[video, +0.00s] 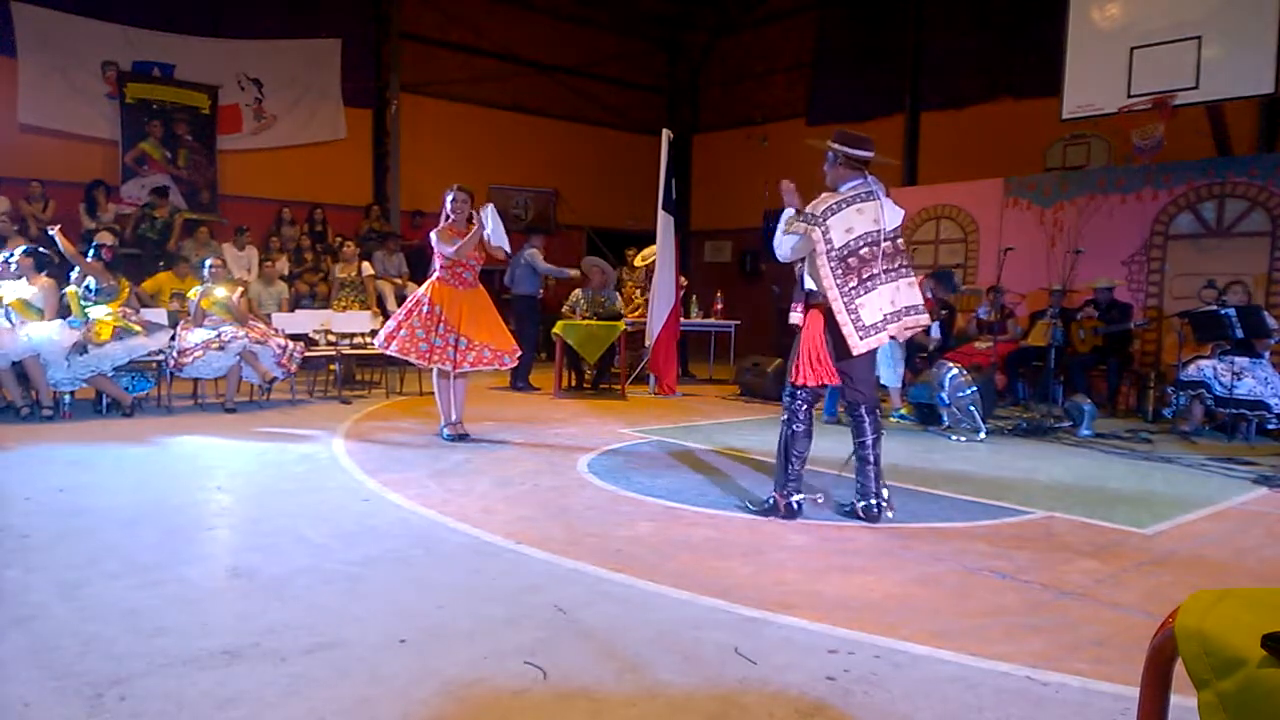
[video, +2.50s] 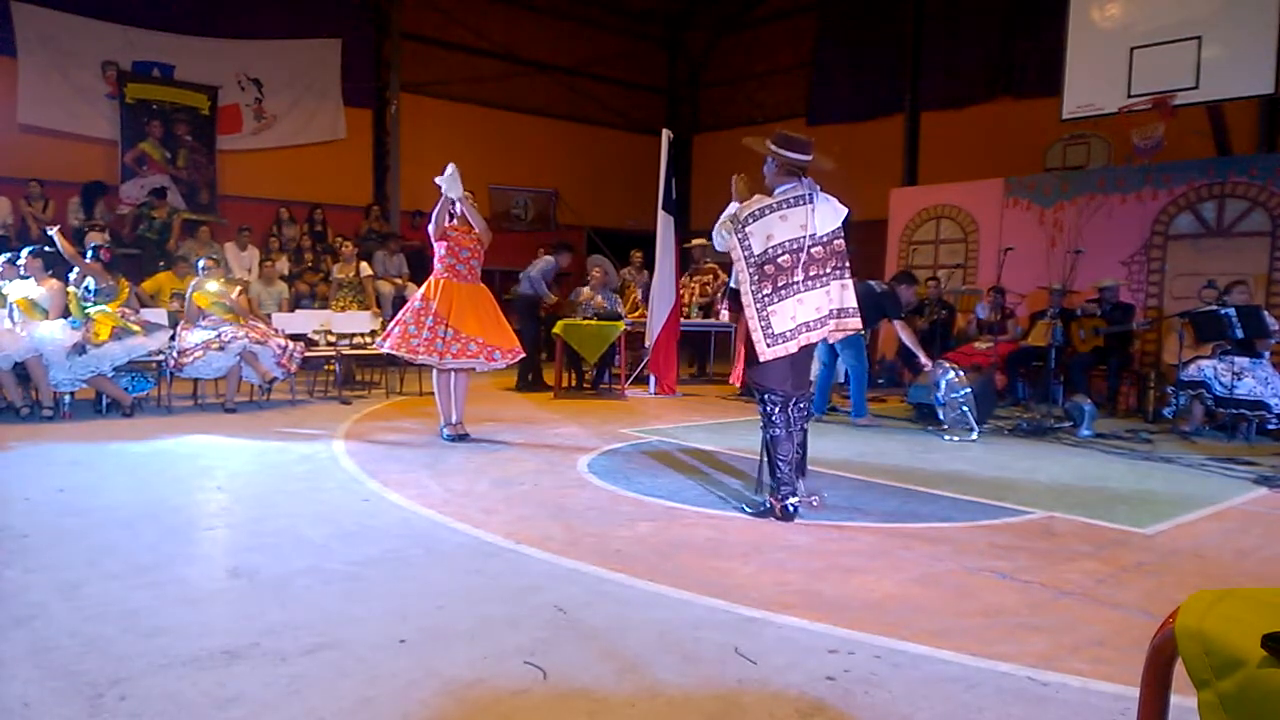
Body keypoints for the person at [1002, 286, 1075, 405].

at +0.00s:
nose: (1055, 299)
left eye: (1059, 296)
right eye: (1053, 296)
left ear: (1063, 298)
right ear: (1049, 297)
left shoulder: (1067, 315)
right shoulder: (1036, 315)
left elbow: (1067, 339)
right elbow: (1028, 334)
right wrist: (1024, 341)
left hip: (1055, 348)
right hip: (1035, 347)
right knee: (1012, 359)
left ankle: (1042, 398)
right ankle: (1013, 395)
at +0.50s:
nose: (1057, 299)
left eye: (1060, 295)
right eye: (1055, 295)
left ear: (1065, 297)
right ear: (1050, 296)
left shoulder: (1070, 314)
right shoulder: (1038, 315)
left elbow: (1070, 339)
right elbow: (1029, 334)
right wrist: (1026, 342)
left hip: (1057, 348)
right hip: (1037, 348)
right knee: (1013, 358)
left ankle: (1044, 398)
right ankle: (1014, 395)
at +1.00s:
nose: (1055, 299)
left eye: (1058, 296)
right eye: (1053, 295)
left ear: (1063, 298)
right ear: (1049, 296)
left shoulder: (1067, 314)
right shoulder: (1036, 315)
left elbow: (1068, 339)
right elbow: (1028, 334)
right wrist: (1023, 342)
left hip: (1055, 348)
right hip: (1035, 347)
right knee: (1012, 358)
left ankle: (1041, 397)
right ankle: (1013, 395)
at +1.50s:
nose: (1055, 299)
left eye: (1058, 296)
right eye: (1052, 295)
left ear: (1062, 298)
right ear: (1049, 296)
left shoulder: (1067, 314)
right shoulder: (1036, 315)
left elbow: (1068, 339)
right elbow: (1028, 335)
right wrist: (1023, 342)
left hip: (1055, 348)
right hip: (1035, 348)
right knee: (1012, 358)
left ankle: (1040, 397)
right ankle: (1013, 395)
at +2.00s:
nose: (1055, 299)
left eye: (1058, 295)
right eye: (1053, 295)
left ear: (1063, 297)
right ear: (1049, 296)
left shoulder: (1067, 314)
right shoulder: (1036, 315)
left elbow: (1068, 340)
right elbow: (1028, 336)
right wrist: (1024, 342)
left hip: (1056, 348)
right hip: (1036, 348)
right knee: (1012, 358)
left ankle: (1043, 398)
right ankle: (1013, 395)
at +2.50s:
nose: (1054, 299)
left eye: (1058, 296)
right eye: (1052, 295)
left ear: (1063, 297)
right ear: (1049, 296)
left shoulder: (1068, 315)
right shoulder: (1036, 315)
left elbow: (1069, 339)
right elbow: (1028, 336)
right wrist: (1024, 343)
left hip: (1055, 348)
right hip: (1036, 348)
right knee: (1012, 358)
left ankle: (1041, 398)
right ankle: (1013, 395)